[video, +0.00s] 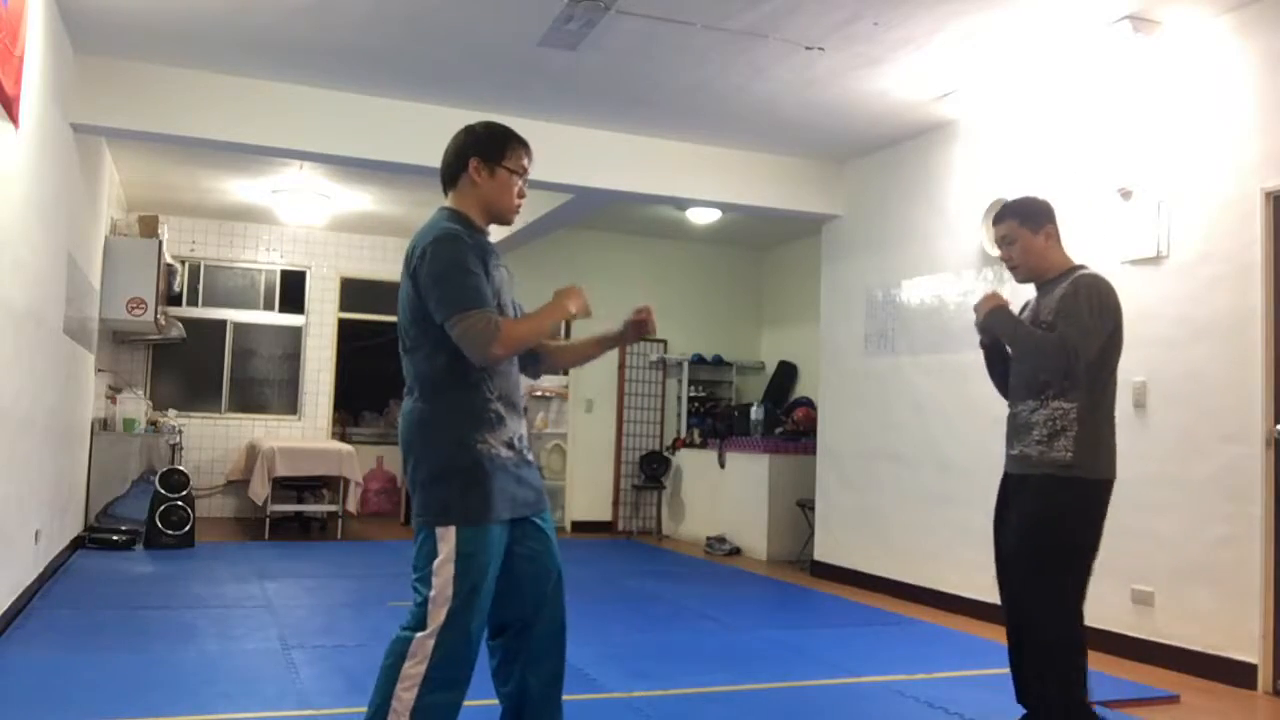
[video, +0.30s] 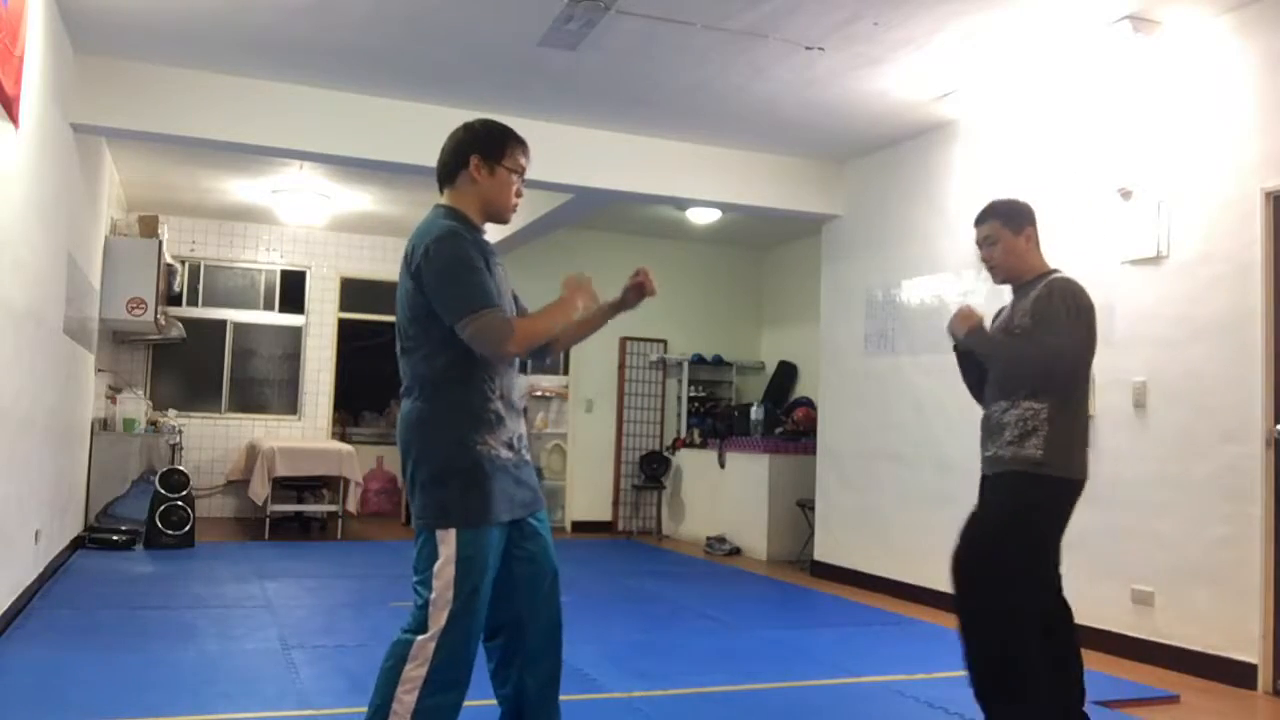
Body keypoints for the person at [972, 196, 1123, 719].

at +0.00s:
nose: (1005, 257)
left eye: (1010, 243)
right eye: (1000, 248)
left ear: (1046, 233)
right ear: (1018, 246)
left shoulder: (1088, 290)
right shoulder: (1036, 306)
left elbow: (1057, 360)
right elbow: (1015, 388)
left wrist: (1001, 319)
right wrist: (992, 335)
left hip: (1069, 478)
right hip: (1026, 477)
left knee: (1051, 607)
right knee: (1021, 605)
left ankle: (1064, 711)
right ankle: (1038, 708)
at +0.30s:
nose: (985, 257)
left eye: (991, 243)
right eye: (980, 248)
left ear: (1026, 236)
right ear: (987, 252)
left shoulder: (1062, 294)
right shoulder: (1009, 315)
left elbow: (1052, 364)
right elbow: (991, 392)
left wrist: (979, 337)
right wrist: (966, 344)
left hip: (1042, 470)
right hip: (1008, 471)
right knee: (1034, 589)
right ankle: (1059, 706)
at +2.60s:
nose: (918, 262)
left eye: (924, 248)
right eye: (915, 252)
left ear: (960, 243)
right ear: (952, 249)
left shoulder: (995, 303)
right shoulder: (947, 321)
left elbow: (967, 381)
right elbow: (933, 397)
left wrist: (885, 356)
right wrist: (890, 366)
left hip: (978, 482)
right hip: (945, 482)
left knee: (913, 579)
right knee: (983, 604)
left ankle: (926, 709)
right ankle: (1019, 712)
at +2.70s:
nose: (898, 266)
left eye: (904, 253)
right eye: (895, 257)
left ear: (942, 248)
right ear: (936, 254)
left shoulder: (972, 305)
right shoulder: (929, 323)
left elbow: (937, 365)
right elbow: (907, 395)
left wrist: (866, 335)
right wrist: (874, 345)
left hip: (958, 485)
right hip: (931, 486)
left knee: (890, 587)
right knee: (979, 618)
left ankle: (891, 711)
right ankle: (1017, 713)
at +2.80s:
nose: (872, 267)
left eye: (880, 253)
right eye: (869, 257)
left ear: (918, 250)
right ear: (907, 256)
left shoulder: (940, 306)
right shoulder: (912, 320)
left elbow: (894, 345)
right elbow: (890, 404)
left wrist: (819, 301)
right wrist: (853, 368)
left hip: (931, 491)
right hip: (913, 491)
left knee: (868, 598)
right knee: (968, 624)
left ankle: (863, 711)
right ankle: (1016, 713)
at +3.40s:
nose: (629, 251)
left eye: (639, 237)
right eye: (627, 238)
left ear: (676, 239)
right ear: (633, 242)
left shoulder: (721, 309)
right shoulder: (635, 307)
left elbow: (682, 393)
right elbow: (552, 352)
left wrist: (625, 327)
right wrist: (510, 306)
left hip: (701, 510)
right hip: (630, 504)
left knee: (738, 635)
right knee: (549, 631)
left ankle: (815, 714)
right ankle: (518, 710)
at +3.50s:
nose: (571, 243)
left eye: (579, 229)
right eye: (568, 231)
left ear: (617, 226)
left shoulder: (665, 300)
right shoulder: (589, 296)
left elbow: (638, 368)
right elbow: (526, 345)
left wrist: (587, 312)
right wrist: (484, 305)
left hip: (648, 495)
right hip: (583, 488)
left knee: (664, 624)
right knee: (521, 626)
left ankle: (758, 710)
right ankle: (499, 709)